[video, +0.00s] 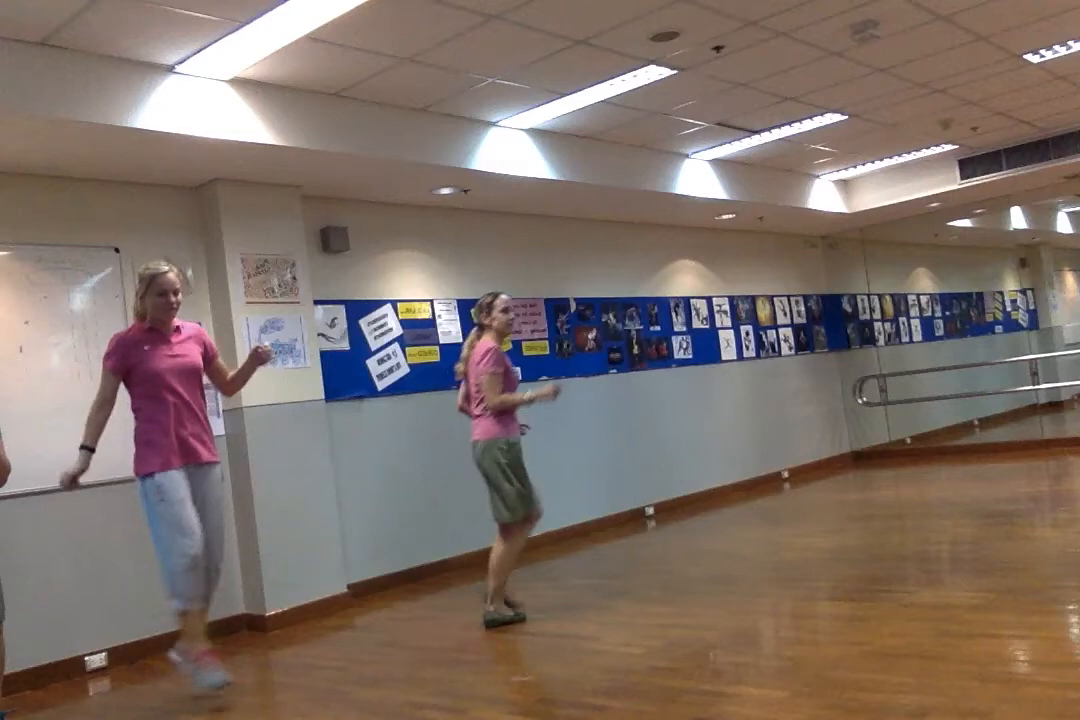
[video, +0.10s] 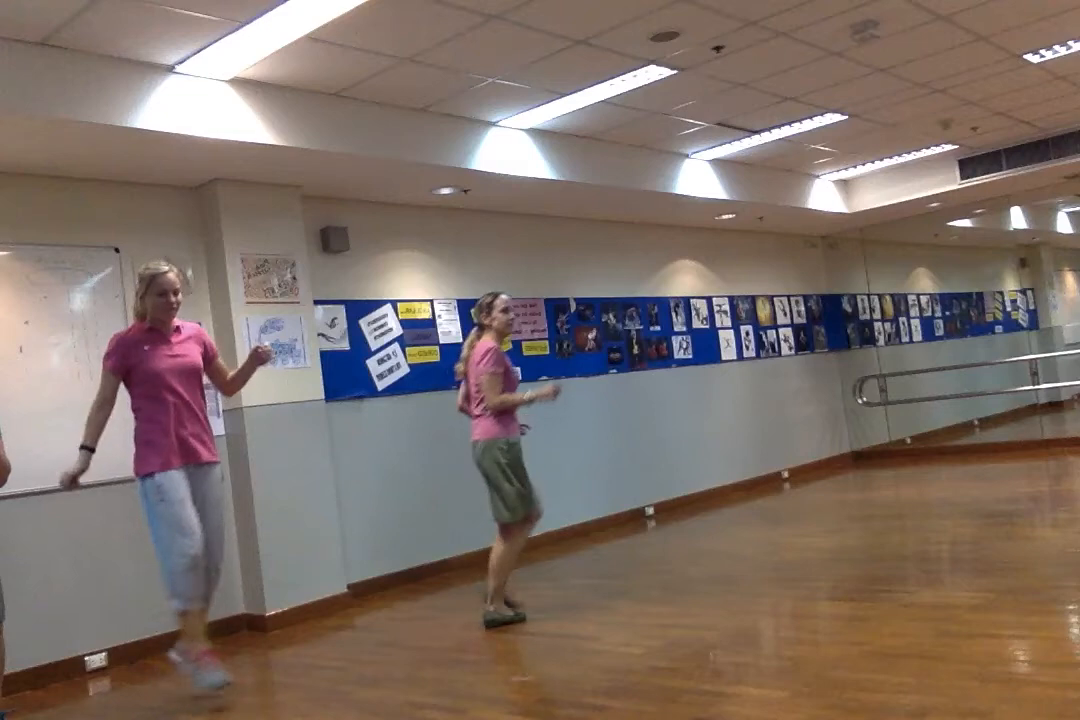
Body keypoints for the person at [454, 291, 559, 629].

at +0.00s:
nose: (511, 316)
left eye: (511, 310)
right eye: (504, 311)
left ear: (495, 319)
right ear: (486, 318)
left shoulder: (478, 350)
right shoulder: (490, 351)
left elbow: (464, 403)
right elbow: (493, 401)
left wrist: (505, 416)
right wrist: (535, 395)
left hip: (490, 441)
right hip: (497, 442)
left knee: (523, 516)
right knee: (517, 521)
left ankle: (497, 588)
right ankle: (495, 604)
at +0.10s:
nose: (511, 316)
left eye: (511, 310)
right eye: (504, 311)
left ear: (495, 319)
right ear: (486, 318)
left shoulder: (478, 350)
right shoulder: (490, 351)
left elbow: (464, 403)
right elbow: (493, 401)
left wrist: (505, 416)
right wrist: (535, 395)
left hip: (490, 441)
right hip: (497, 442)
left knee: (523, 516)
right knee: (517, 521)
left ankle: (497, 588)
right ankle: (495, 604)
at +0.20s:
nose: (511, 316)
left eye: (511, 310)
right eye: (504, 311)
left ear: (495, 319)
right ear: (486, 318)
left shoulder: (478, 350)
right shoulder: (490, 351)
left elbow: (464, 403)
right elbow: (493, 401)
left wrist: (505, 416)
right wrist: (535, 395)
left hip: (490, 441)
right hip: (497, 442)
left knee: (523, 516)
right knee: (517, 521)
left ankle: (497, 588)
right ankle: (495, 604)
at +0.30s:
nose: (511, 316)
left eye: (511, 310)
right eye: (504, 311)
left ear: (495, 319)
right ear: (486, 318)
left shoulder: (478, 350)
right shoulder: (490, 351)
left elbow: (464, 403)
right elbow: (493, 401)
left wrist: (505, 416)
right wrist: (535, 395)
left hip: (490, 441)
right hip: (497, 442)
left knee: (523, 516)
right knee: (517, 521)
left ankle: (497, 588)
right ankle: (495, 604)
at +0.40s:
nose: (511, 316)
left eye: (511, 310)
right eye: (504, 311)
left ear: (495, 319)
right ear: (486, 318)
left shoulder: (478, 350)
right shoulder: (490, 351)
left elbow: (464, 403)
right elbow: (494, 401)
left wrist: (505, 416)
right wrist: (535, 394)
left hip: (490, 442)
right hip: (497, 442)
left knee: (526, 514)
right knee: (514, 523)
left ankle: (497, 589)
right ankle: (494, 604)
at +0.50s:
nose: (511, 316)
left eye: (511, 310)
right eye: (504, 311)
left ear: (495, 319)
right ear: (486, 317)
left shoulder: (478, 350)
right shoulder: (490, 351)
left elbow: (464, 403)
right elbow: (494, 401)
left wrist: (505, 416)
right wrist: (535, 395)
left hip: (490, 442)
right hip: (497, 442)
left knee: (526, 514)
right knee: (514, 523)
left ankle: (497, 589)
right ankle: (494, 604)